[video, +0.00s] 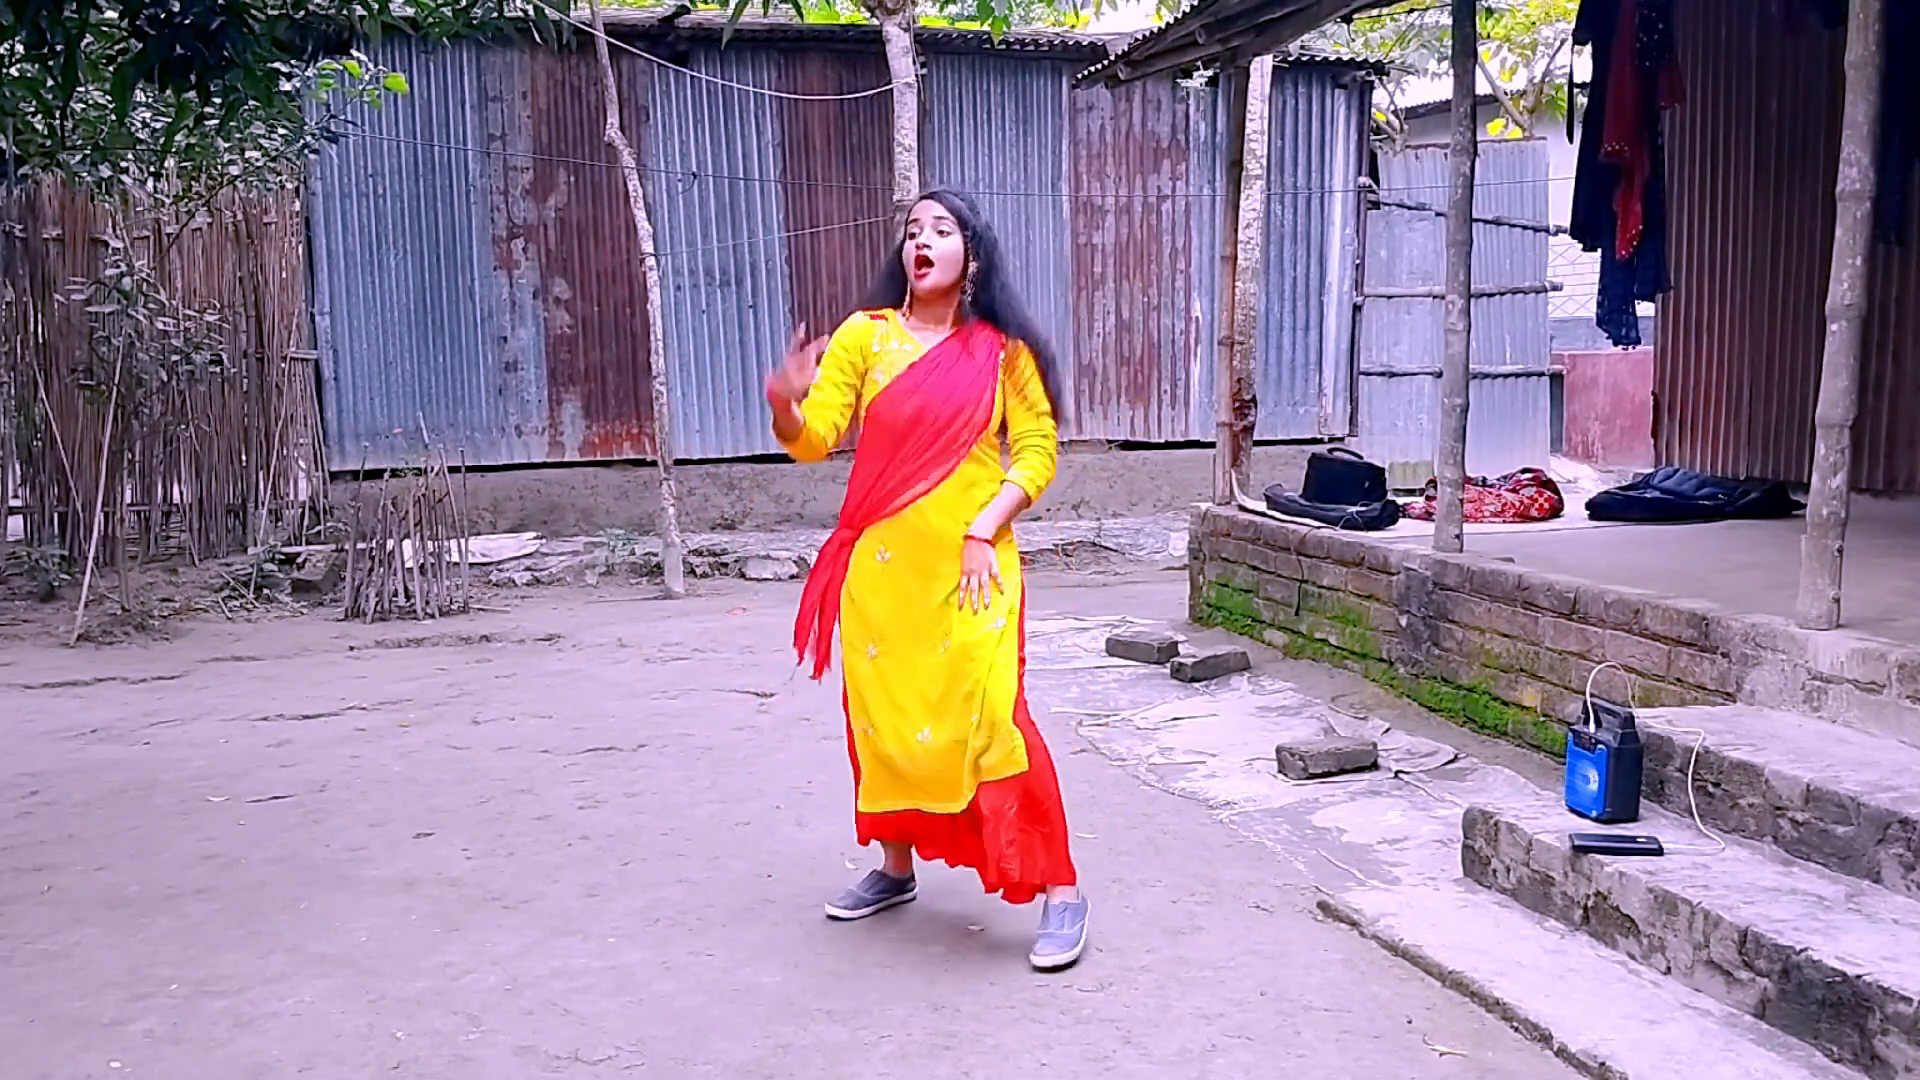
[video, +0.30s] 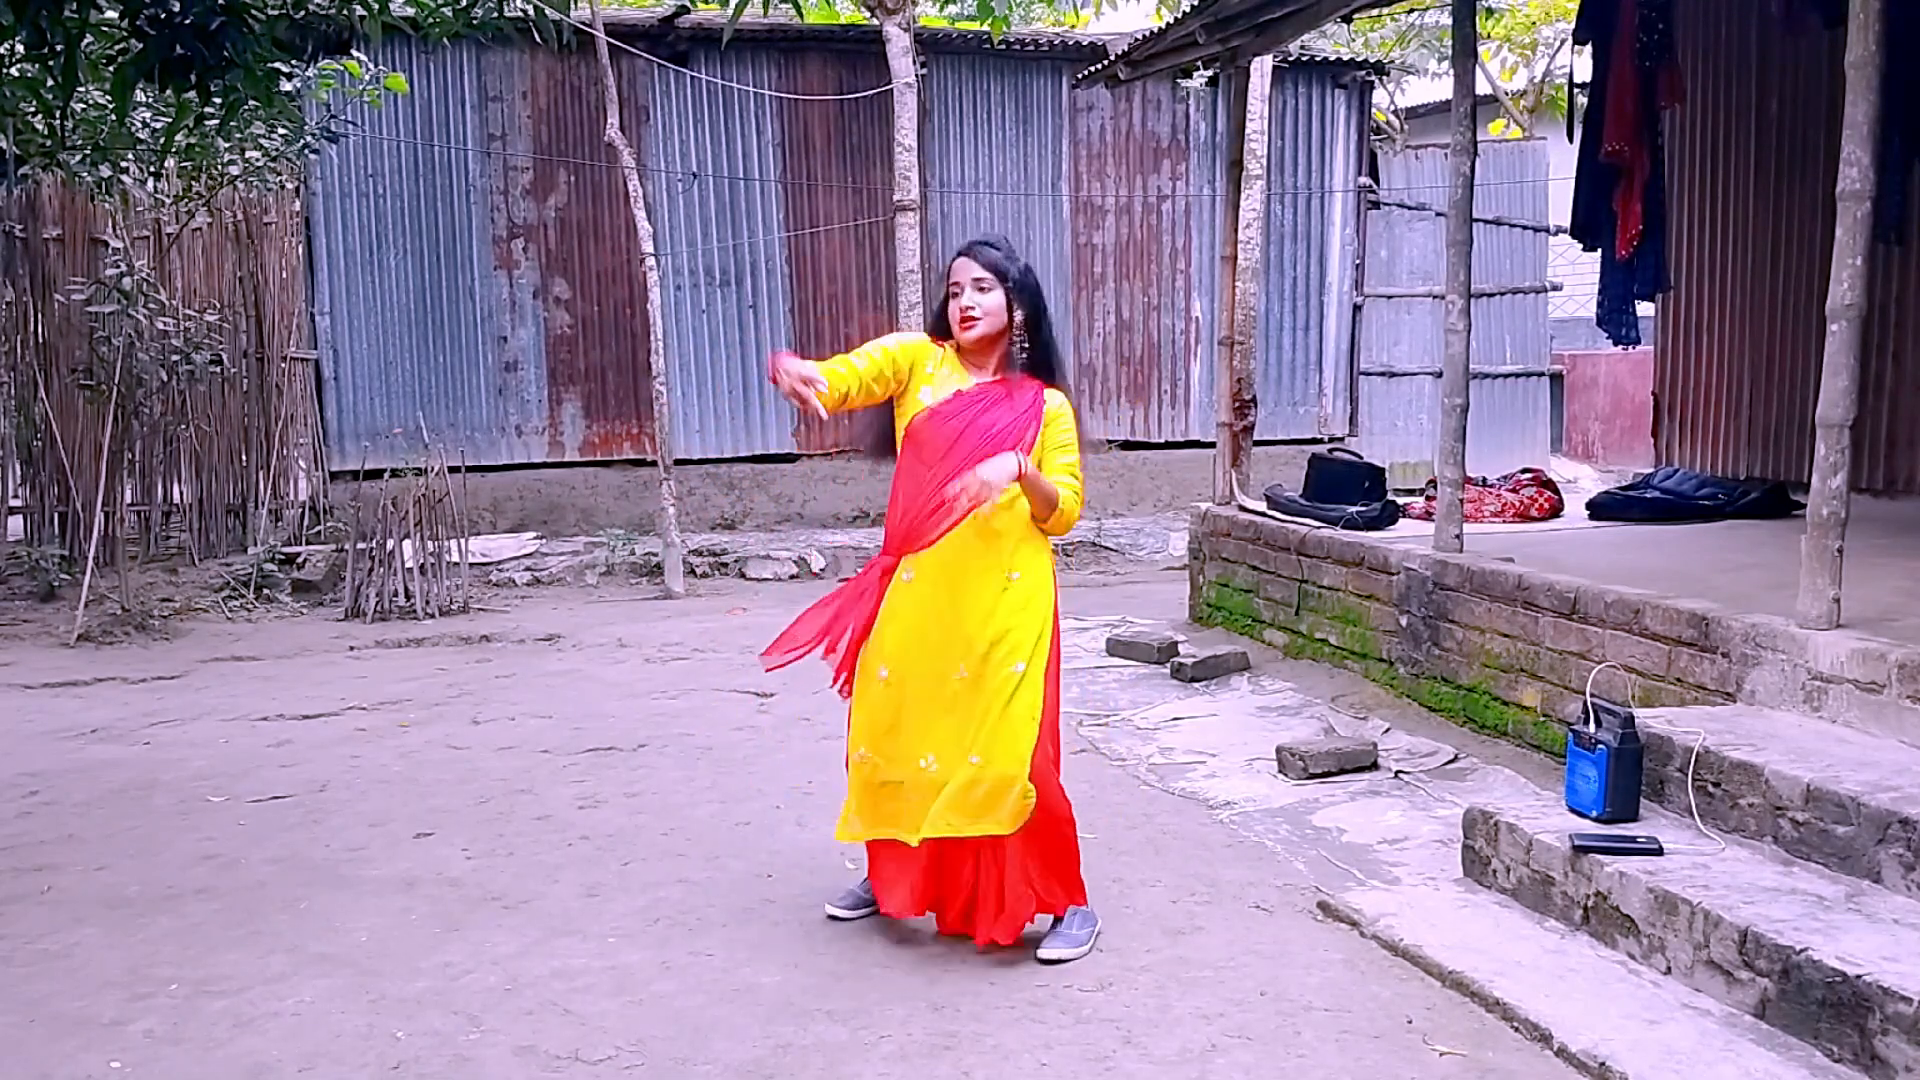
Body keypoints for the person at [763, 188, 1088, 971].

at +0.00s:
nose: (923, 242)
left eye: (940, 231)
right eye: (914, 232)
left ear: (971, 256)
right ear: (901, 255)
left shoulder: (1005, 352)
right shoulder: (863, 333)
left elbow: (1037, 453)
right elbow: (813, 441)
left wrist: (984, 529)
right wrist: (784, 407)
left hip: (972, 555)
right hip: (879, 555)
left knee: (994, 714)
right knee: (878, 712)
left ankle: (1060, 893)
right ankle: (894, 866)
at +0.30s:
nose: (965, 300)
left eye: (982, 287)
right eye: (955, 291)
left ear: (1017, 303)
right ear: (945, 305)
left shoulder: (1045, 404)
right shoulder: (916, 357)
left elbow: (1063, 513)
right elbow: (846, 378)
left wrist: (1022, 469)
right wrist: (805, 377)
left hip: (1009, 595)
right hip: (916, 586)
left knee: (1020, 747)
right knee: (884, 725)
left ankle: (1070, 905)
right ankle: (886, 873)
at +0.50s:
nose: (968, 258)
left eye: (983, 243)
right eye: (959, 248)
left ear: (1022, 250)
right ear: (951, 263)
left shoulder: (1055, 328)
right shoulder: (941, 341)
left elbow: (1018, 401)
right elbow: (907, 433)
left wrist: (953, 323)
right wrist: (872, 455)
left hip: (999, 555)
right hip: (917, 550)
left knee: (1027, 725)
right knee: (887, 698)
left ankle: (1066, 900)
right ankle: (903, 860)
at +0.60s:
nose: (954, 274)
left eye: (970, 260)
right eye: (946, 263)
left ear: (1008, 269)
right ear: (941, 277)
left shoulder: (1037, 352)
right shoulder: (961, 360)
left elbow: (999, 452)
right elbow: (947, 475)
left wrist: (937, 407)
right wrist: (881, 501)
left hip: (984, 564)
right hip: (919, 559)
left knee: (1004, 728)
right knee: (900, 710)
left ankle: (1064, 900)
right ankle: (915, 872)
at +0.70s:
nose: (940, 276)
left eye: (957, 264)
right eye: (935, 266)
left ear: (994, 279)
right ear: (931, 284)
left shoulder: (1023, 362)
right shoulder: (958, 374)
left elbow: (1010, 474)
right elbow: (923, 494)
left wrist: (1001, 426)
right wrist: (852, 458)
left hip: (987, 578)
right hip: (931, 577)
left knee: (963, 739)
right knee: (902, 722)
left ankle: (1057, 900)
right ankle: (906, 877)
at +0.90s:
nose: (935, 189)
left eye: (952, 177)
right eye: (931, 177)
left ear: (991, 193)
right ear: (925, 195)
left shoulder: (1019, 273)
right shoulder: (912, 290)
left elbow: (1029, 385)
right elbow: (875, 409)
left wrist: (968, 318)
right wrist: (820, 351)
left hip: (992, 508)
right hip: (913, 509)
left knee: (994, 685)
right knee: (901, 673)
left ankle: (1050, 868)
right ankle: (930, 832)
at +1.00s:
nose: (932, 195)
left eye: (950, 183)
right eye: (926, 185)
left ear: (989, 201)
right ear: (918, 206)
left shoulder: (1020, 292)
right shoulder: (896, 305)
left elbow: (1016, 413)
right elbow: (870, 432)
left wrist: (925, 375)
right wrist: (844, 395)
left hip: (1001, 520)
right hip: (914, 520)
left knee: (1000, 700)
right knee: (897, 687)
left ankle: (1052, 889)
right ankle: (913, 863)